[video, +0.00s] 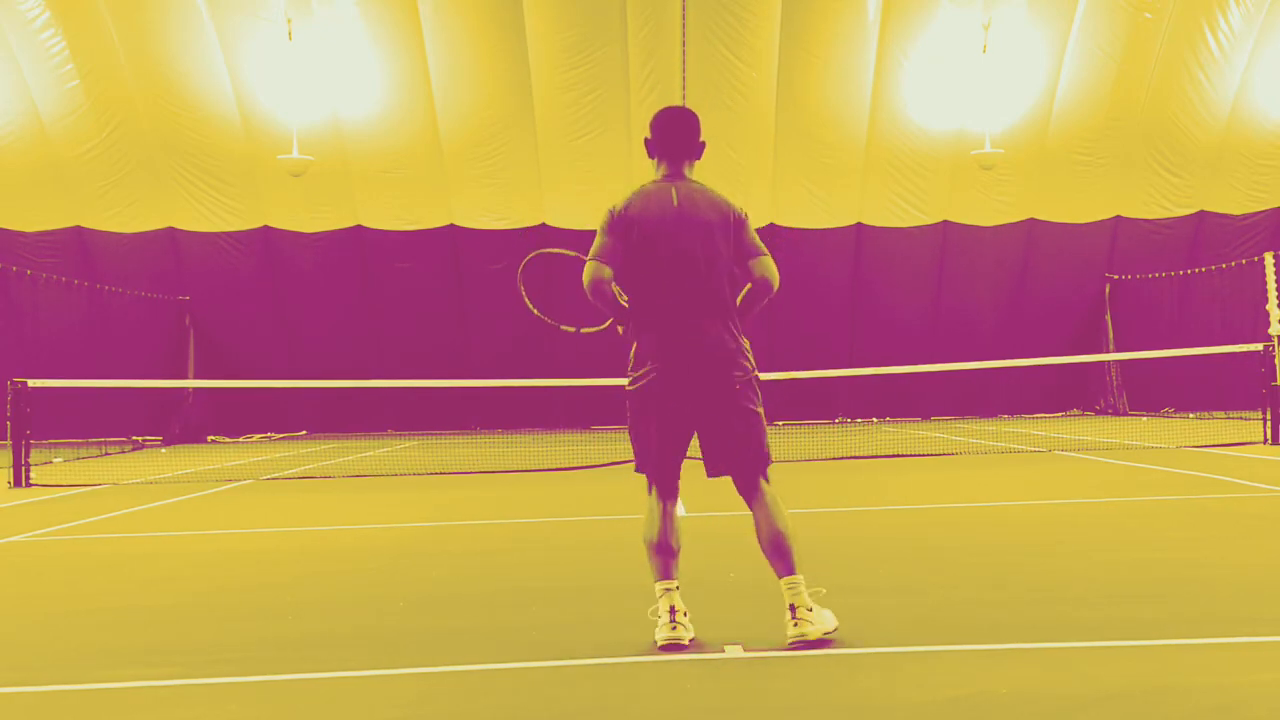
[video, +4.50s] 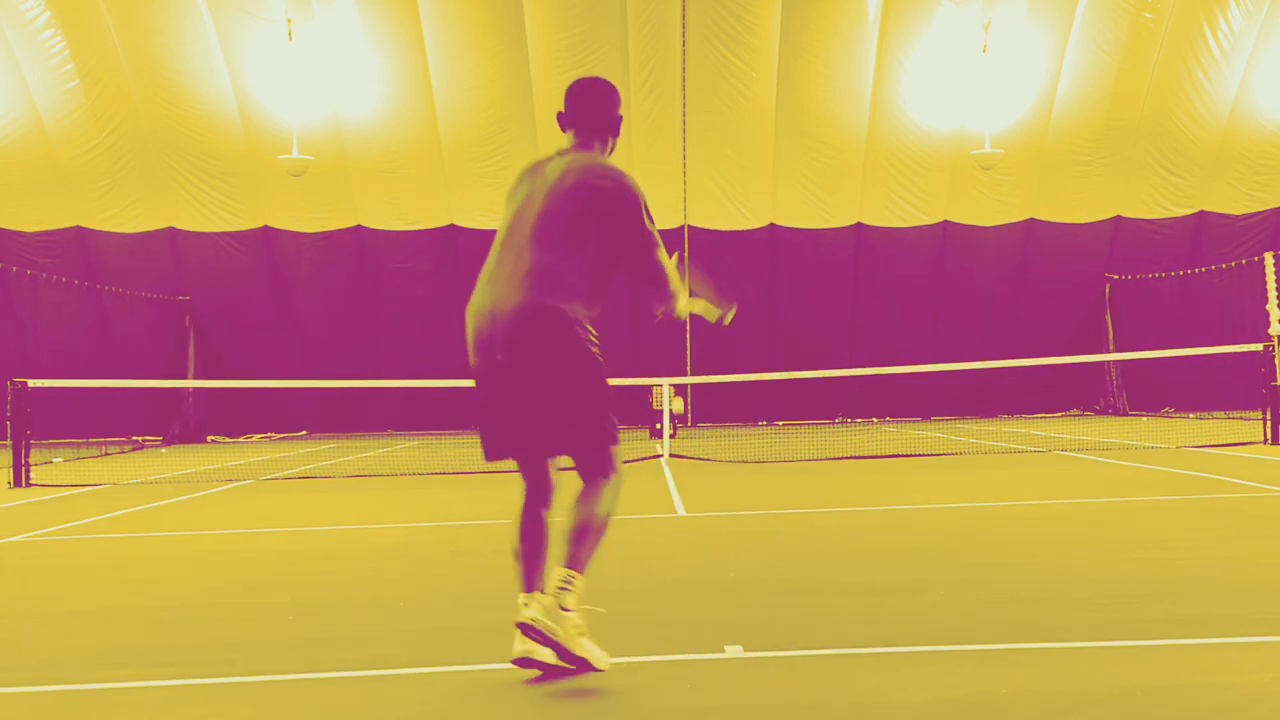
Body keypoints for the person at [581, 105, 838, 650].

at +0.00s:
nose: (684, 158)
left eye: (661, 149)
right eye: (693, 147)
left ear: (649, 151)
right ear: (699, 150)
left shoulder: (623, 211)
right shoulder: (725, 210)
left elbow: (594, 278)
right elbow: (768, 278)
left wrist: (625, 312)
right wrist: (731, 318)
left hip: (656, 369)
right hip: (725, 365)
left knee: (660, 491)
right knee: (757, 486)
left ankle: (671, 614)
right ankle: (800, 608)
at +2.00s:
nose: (697, 148)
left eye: (688, 137)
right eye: (716, 139)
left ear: (681, 138)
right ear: (730, 140)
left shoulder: (657, 196)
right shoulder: (757, 199)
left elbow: (629, 264)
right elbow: (800, 255)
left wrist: (656, 287)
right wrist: (760, 292)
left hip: (676, 347)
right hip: (737, 349)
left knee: (656, 477)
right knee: (732, 480)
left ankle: (646, 608)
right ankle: (739, 608)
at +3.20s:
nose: (678, 147)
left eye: (670, 137)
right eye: (699, 138)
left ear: (664, 141)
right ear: (713, 141)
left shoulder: (643, 195)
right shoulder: (744, 194)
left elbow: (620, 257)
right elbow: (783, 241)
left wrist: (650, 294)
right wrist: (744, 280)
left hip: (673, 347)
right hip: (737, 344)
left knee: (676, 472)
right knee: (741, 460)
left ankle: (679, 597)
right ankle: (759, 548)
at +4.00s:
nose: (700, 169)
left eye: (674, 160)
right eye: (706, 160)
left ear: (660, 161)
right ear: (710, 163)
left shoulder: (626, 219)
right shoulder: (734, 223)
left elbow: (610, 303)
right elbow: (762, 301)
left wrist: (624, 346)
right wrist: (722, 326)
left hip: (646, 367)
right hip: (715, 368)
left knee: (629, 482)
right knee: (719, 483)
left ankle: (609, 585)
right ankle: (734, 604)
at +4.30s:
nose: (642, 173)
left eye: (629, 165)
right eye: (644, 166)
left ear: (592, 167)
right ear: (644, 167)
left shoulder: (556, 227)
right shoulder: (655, 225)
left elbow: (552, 310)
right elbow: (679, 318)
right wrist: (661, 366)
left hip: (563, 383)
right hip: (634, 377)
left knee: (594, 511)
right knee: (678, 492)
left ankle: (548, 622)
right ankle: (704, 614)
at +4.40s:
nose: (626, 165)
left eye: (621, 155)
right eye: (627, 156)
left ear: (575, 158)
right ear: (625, 158)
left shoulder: (541, 213)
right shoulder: (628, 214)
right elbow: (657, 309)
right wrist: (653, 345)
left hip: (526, 368)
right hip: (589, 363)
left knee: (582, 504)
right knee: (647, 488)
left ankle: (543, 637)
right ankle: (630, 620)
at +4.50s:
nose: (614, 134)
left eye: (607, 125)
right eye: (616, 125)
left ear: (564, 124)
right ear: (616, 126)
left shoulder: (531, 177)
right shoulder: (610, 182)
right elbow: (654, 276)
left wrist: (654, 281)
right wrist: (681, 302)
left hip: (486, 324)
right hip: (549, 324)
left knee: (536, 479)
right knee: (602, 471)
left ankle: (531, 619)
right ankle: (561, 603)